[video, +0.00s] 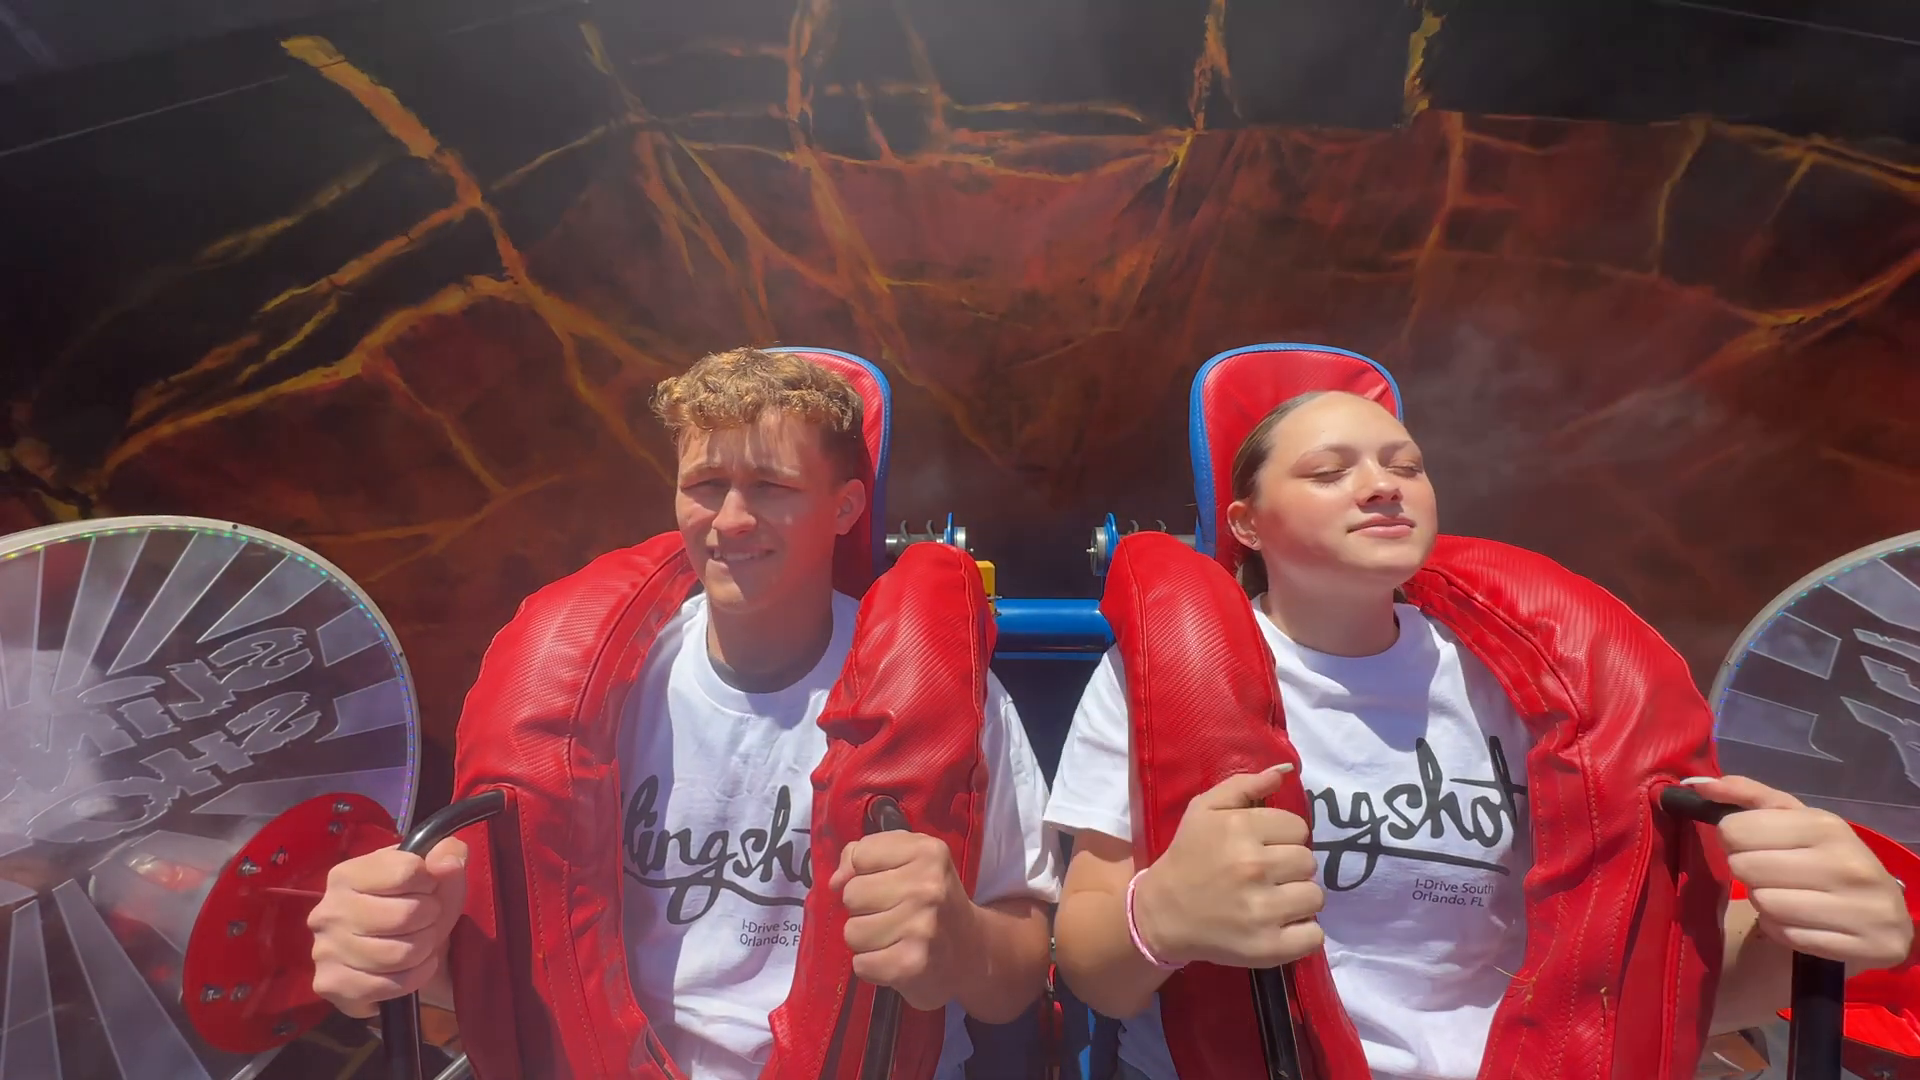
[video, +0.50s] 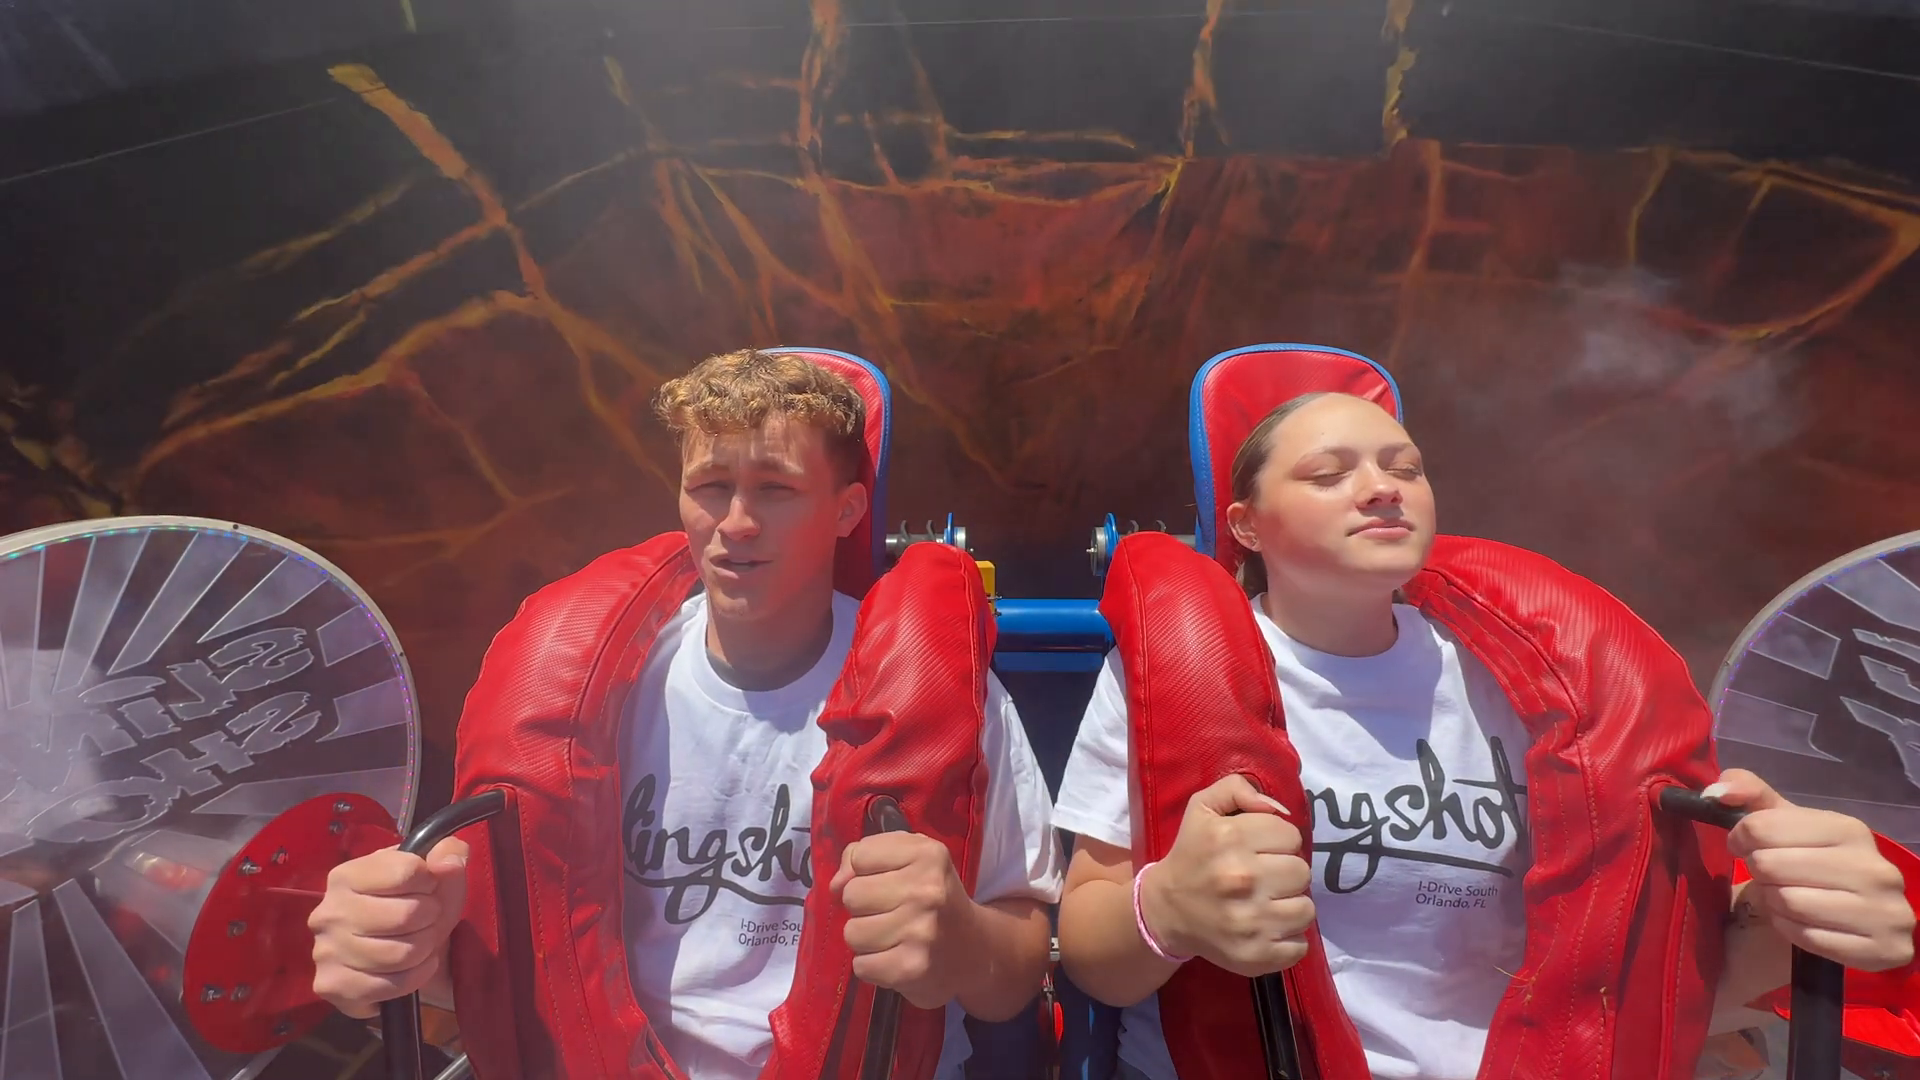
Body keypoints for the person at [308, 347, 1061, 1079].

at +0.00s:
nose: (732, 520)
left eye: (771, 488)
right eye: (707, 487)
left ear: (848, 505)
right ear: (675, 493)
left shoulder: (938, 694)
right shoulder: (582, 672)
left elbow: (1025, 968)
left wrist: (965, 945)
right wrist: (414, 948)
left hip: (831, 1063)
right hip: (610, 1057)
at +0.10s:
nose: (737, 522)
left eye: (777, 490)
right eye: (712, 487)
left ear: (849, 506)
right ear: (679, 491)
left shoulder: (937, 690)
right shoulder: (583, 671)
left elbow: (1022, 973)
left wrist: (964, 944)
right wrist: (412, 947)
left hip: (833, 1063)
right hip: (612, 1057)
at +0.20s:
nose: (736, 523)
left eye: (776, 490)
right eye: (711, 487)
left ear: (850, 506)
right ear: (679, 491)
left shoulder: (937, 690)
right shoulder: (583, 670)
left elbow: (1023, 974)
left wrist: (963, 944)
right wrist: (412, 945)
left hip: (833, 1063)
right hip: (613, 1057)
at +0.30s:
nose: (733, 524)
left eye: (774, 491)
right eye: (709, 488)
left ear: (849, 506)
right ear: (678, 491)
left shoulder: (937, 689)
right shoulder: (583, 670)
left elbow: (1023, 972)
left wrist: (964, 944)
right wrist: (410, 945)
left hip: (833, 1063)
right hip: (615, 1057)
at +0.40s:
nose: (735, 525)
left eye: (775, 491)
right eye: (711, 488)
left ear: (850, 506)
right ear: (678, 489)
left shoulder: (935, 688)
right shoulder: (583, 670)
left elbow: (1024, 970)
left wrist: (964, 944)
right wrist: (410, 945)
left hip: (833, 1062)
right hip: (613, 1057)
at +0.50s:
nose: (736, 525)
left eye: (775, 491)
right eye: (712, 488)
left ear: (849, 507)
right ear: (679, 491)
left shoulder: (936, 692)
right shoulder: (582, 672)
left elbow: (1024, 968)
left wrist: (967, 945)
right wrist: (404, 941)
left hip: (828, 1064)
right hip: (610, 1059)